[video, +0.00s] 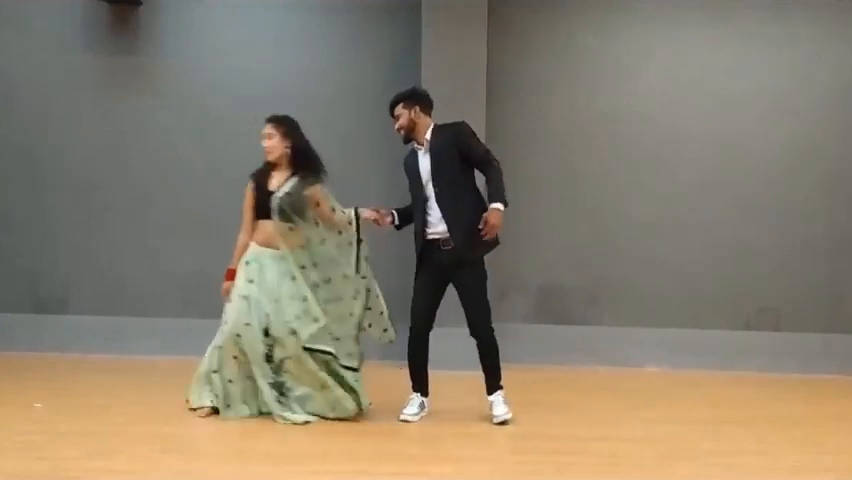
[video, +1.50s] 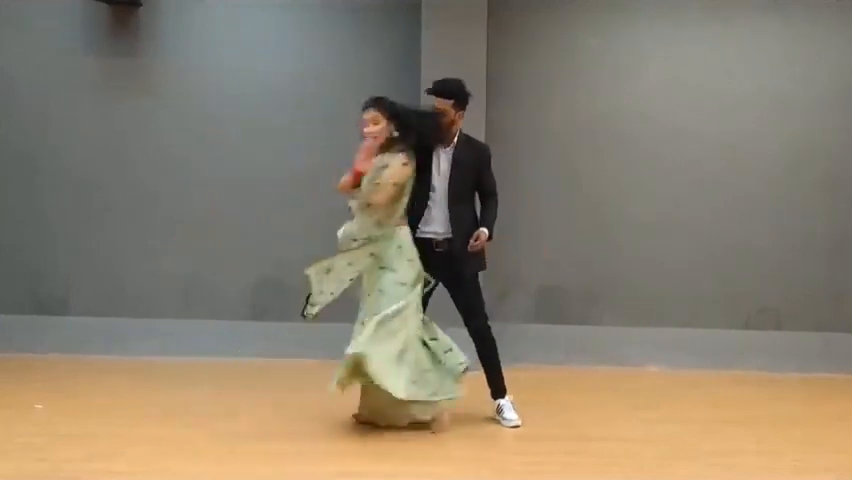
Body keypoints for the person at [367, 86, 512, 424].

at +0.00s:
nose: (395, 124)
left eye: (398, 116)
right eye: (393, 119)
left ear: (418, 111)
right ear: (412, 116)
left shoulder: (457, 133)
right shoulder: (411, 160)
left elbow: (490, 166)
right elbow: (422, 207)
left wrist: (497, 206)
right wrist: (393, 217)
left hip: (465, 247)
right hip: (430, 252)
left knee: (480, 326)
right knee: (419, 325)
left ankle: (496, 395)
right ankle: (419, 397)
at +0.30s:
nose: (443, 123)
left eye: (447, 115)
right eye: (441, 118)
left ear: (468, 111)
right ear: (458, 115)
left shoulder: (506, 142)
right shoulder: (447, 156)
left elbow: (533, 177)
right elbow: (417, 192)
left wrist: (555, 216)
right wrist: (376, 197)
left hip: (496, 256)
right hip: (458, 255)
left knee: (505, 334)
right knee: (434, 326)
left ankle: (503, 399)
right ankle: (419, 396)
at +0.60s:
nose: (475, 111)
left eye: (480, 103)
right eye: (473, 105)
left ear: (500, 102)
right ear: (475, 107)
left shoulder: (528, 139)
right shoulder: (469, 137)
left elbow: (538, 176)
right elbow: (427, 146)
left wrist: (554, 212)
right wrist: (381, 147)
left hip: (502, 250)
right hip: (466, 246)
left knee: (509, 328)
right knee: (436, 315)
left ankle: (503, 398)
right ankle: (409, 384)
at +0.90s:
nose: (453, 119)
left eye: (459, 113)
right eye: (452, 113)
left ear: (480, 114)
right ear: (467, 115)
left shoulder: (506, 154)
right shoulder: (446, 150)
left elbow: (520, 196)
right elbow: (414, 182)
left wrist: (535, 236)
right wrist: (372, 188)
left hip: (483, 259)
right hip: (445, 257)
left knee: (498, 330)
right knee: (419, 323)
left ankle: (503, 398)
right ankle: (397, 391)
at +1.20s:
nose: (425, 118)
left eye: (431, 113)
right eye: (423, 112)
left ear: (451, 113)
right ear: (423, 112)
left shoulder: (473, 150)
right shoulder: (418, 146)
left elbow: (490, 196)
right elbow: (402, 183)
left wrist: (490, 239)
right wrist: (362, 193)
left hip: (454, 251)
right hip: (417, 249)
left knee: (478, 324)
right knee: (407, 324)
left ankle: (500, 399)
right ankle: (393, 396)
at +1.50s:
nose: (436, 115)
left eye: (443, 111)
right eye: (434, 109)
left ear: (459, 113)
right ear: (432, 109)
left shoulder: (476, 152)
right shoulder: (417, 144)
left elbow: (488, 196)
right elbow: (396, 184)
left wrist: (485, 228)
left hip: (456, 251)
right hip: (417, 248)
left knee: (478, 325)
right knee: (404, 323)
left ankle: (501, 399)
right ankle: (394, 399)